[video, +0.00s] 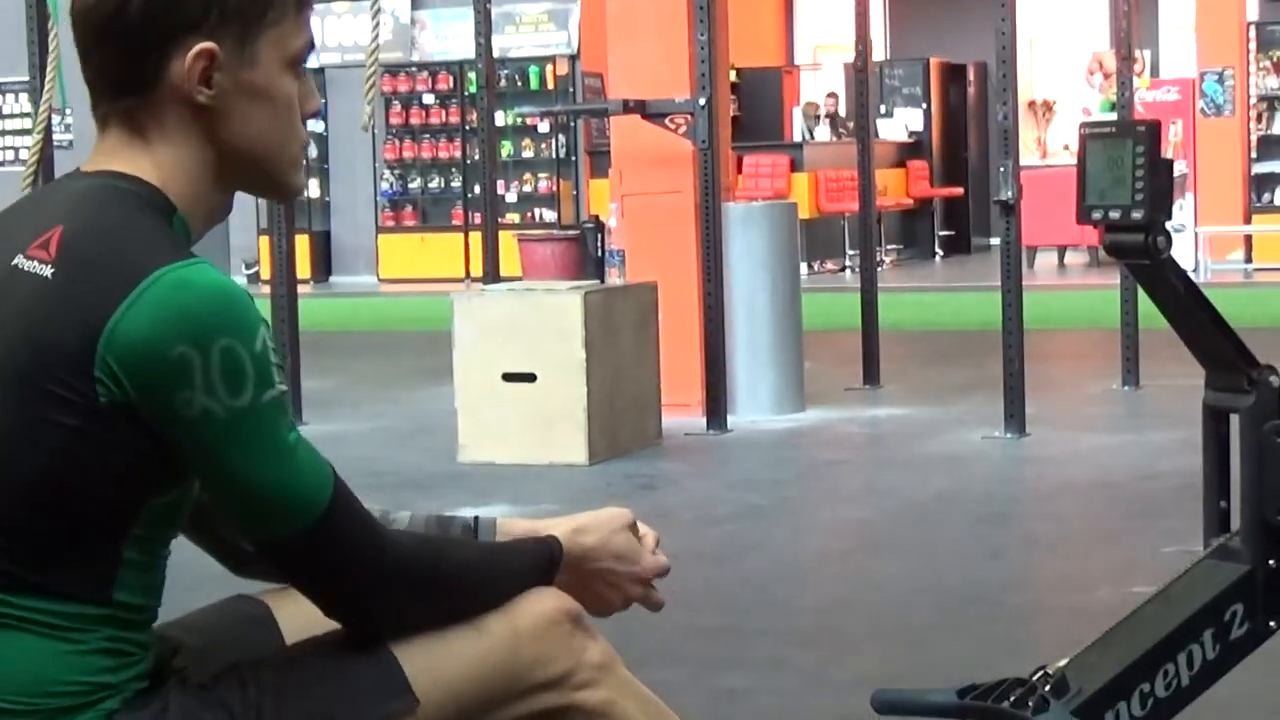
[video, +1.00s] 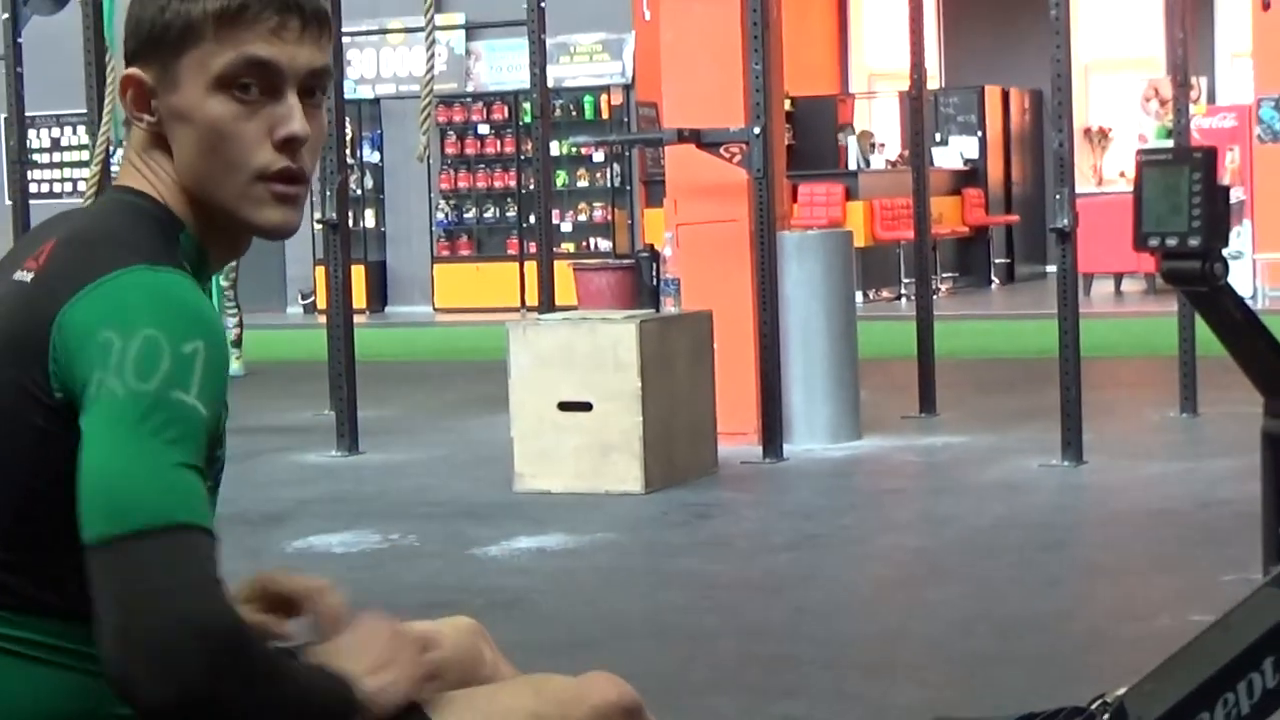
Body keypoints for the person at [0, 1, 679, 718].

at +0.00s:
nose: (315, 101)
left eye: (307, 69)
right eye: (296, 67)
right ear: (203, 75)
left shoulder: (50, 233)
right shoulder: (179, 302)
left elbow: (256, 542)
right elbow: (375, 586)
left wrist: (523, 547)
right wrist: (558, 559)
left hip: (55, 678)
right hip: (100, 708)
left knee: (342, 597)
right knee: (549, 639)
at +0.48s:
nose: (295, 88)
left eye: (287, 57)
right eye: (271, 55)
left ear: (165, 80)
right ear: (172, 76)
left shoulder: (41, 233)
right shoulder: (195, 287)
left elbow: (270, 541)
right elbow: (420, 568)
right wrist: (607, 570)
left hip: (47, 688)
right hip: (123, 712)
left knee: (411, 610)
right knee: (602, 648)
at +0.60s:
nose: (303, 93)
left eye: (293, 59)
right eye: (276, 59)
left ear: (164, 85)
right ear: (169, 80)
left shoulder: (44, 234)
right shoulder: (198, 295)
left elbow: (256, 555)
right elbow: (428, 585)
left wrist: (517, 576)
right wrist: (600, 592)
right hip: (124, 703)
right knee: (602, 665)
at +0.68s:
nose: (309, 97)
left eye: (297, 62)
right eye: (272, 62)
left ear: (146, 89)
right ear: (150, 81)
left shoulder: (49, 238)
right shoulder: (187, 302)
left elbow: (225, 563)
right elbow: (411, 609)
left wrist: (465, 576)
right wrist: (579, 606)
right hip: (117, 711)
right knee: (592, 678)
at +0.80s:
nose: (299, 112)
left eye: (300, 76)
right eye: (253, 73)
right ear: (131, 88)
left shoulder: (71, 246)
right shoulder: (164, 305)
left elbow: (161, 585)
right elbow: (345, 664)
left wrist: (374, 588)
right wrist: (515, 621)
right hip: (110, 711)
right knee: (585, 687)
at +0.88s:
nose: (299, 119)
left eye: (307, 85)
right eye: (250, 82)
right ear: (138, 95)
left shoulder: (83, 247)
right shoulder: (155, 301)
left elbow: (104, 575)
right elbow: (281, 673)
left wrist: (308, 601)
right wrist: (459, 640)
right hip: (99, 703)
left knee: (410, 590)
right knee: (593, 692)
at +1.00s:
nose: (297, 128)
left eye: (312, 94)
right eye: (249, 90)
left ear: (331, 105)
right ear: (144, 104)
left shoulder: (91, 252)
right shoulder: (150, 300)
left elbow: (51, 566)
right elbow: (170, 659)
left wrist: (219, 616)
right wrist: (336, 687)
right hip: (87, 702)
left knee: (461, 646)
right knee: (604, 700)